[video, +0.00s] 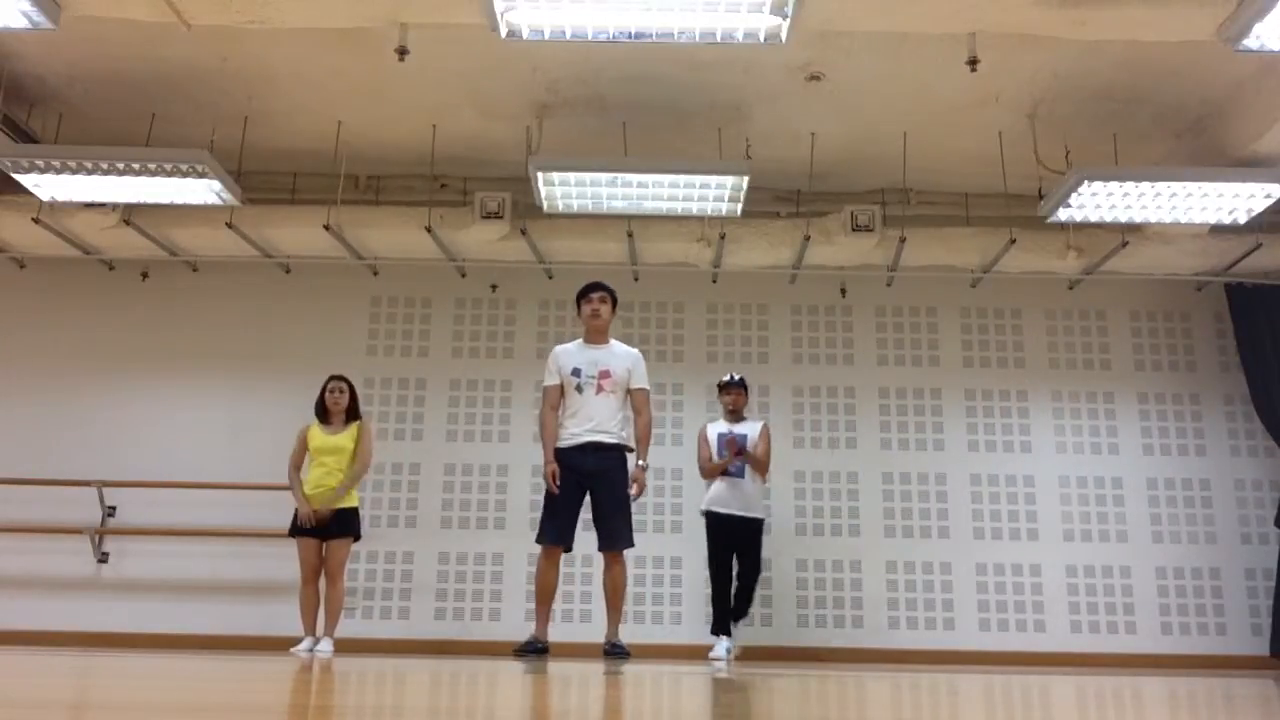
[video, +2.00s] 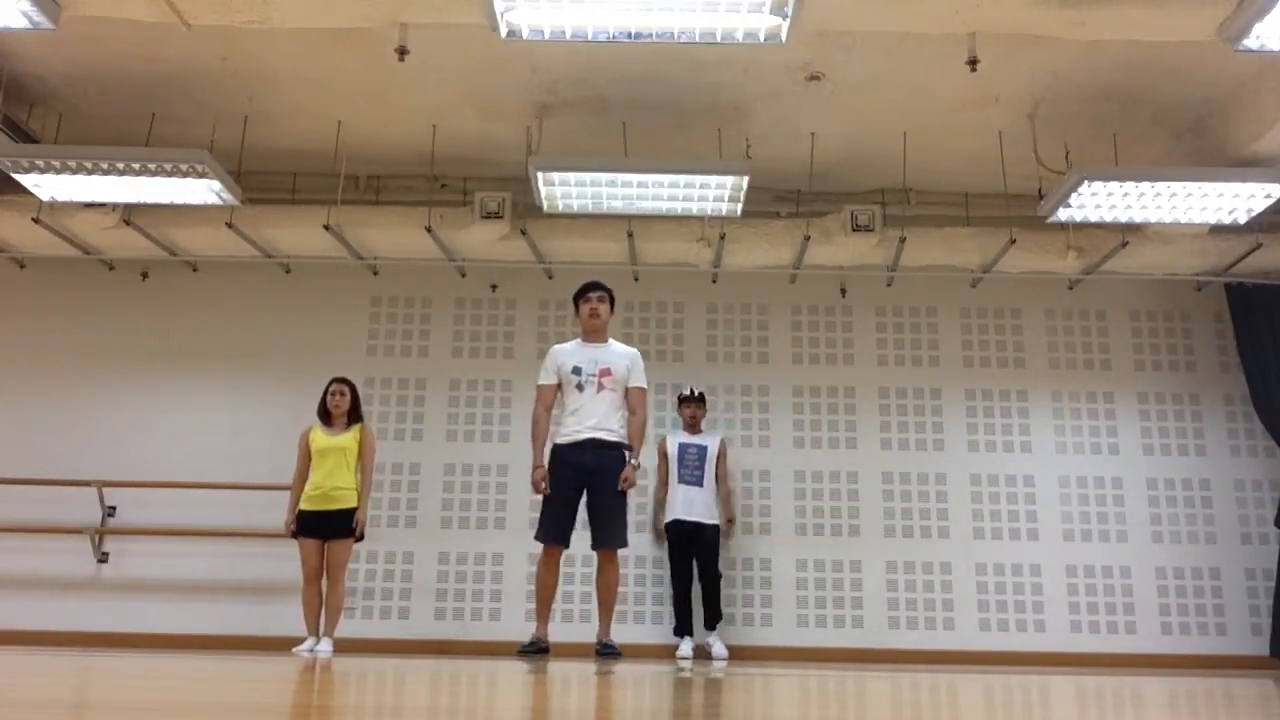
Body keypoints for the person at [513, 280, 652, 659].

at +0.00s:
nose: (595, 307)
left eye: (602, 302)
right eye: (589, 302)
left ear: (613, 311)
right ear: (579, 311)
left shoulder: (630, 357)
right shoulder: (561, 354)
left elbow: (642, 412)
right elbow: (550, 408)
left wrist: (641, 462)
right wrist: (549, 457)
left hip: (612, 457)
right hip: (568, 456)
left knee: (613, 550)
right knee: (551, 547)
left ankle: (613, 636)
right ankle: (539, 635)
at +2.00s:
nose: (594, 307)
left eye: (601, 302)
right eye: (588, 302)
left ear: (611, 311)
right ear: (577, 311)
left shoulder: (630, 357)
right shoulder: (558, 354)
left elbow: (638, 411)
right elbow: (542, 409)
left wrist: (633, 459)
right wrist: (538, 462)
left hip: (610, 456)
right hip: (566, 455)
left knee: (607, 550)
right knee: (552, 547)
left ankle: (604, 636)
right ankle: (540, 634)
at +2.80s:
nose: (608, 314)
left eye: (614, 309)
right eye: (601, 308)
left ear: (625, 318)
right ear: (591, 316)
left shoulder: (639, 364)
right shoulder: (572, 353)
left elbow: (652, 414)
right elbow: (560, 405)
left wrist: (668, 438)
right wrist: (579, 446)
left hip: (621, 457)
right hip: (579, 454)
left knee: (615, 549)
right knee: (578, 543)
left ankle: (606, 636)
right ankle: (582, 633)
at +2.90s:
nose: (602, 312)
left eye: (608, 307)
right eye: (596, 307)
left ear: (620, 315)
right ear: (586, 314)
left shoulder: (634, 358)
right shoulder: (570, 346)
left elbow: (660, 389)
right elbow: (561, 370)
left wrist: (690, 388)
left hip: (613, 458)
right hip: (572, 456)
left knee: (611, 549)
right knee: (565, 541)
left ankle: (606, 636)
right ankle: (555, 626)